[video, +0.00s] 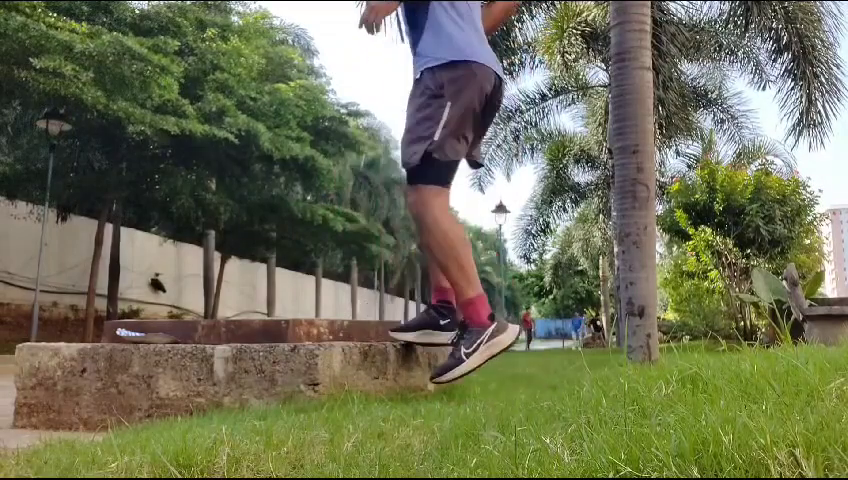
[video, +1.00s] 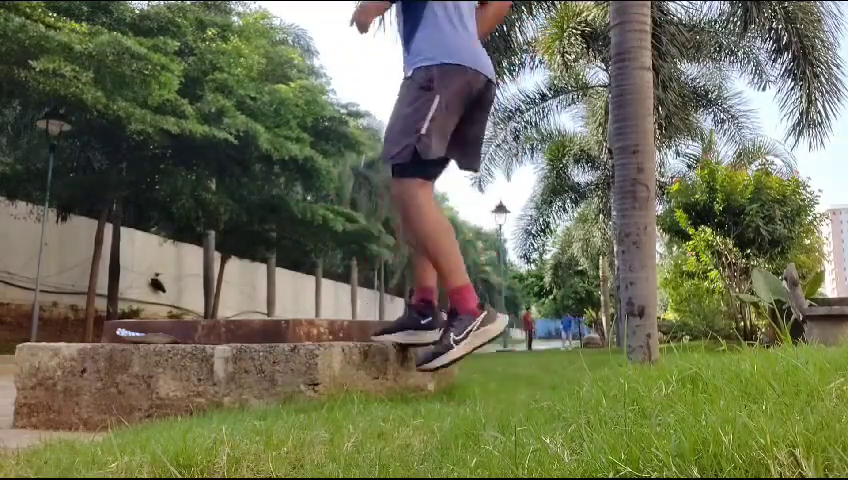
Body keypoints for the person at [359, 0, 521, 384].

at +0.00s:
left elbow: (378, 12)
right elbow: (508, 2)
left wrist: (380, 8)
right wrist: (469, 34)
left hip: (449, 62)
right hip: (485, 70)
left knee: (425, 195)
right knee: (427, 194)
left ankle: (480, 323)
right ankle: (443, 307)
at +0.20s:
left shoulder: (423, 1)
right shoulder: (482, 6)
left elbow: (443, 7)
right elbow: (530, 39)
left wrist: (395, 74)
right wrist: (490, 97)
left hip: (459, 123)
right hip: (495, 125)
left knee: (465, 256)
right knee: (412, 232)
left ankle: (518, 382)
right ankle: (500, 318)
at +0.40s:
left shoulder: (426, 3)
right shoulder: (469, 17)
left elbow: (472, 10)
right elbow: (508, 70)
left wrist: (410, 74)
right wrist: (458, 102)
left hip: (455, 122)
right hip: (500, 132)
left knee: (382, 230)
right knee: (463, 258)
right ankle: (516, 373)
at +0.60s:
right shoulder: (464, 4)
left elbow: (430, 1)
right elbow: (484, 36)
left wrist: (390, 41)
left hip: (436, 80)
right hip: (485, 95)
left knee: (356, 184)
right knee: (456, 224)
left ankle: (394, 300)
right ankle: (503, 342)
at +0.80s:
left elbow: (375, 12)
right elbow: (485, 5)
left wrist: (366, 16)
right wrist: (450, 34)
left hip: (430, 52)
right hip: (477, 61)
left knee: (395, 177)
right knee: (419, 182)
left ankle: (401, 308)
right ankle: (442, 303)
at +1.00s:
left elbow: (376, 6)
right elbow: (501, 3)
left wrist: (367, 12)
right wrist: (461, 40)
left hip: (438, 57)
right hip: (476, 64)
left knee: (410, 186)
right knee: (412, 187)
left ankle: (469, 311)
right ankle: (423, 310)